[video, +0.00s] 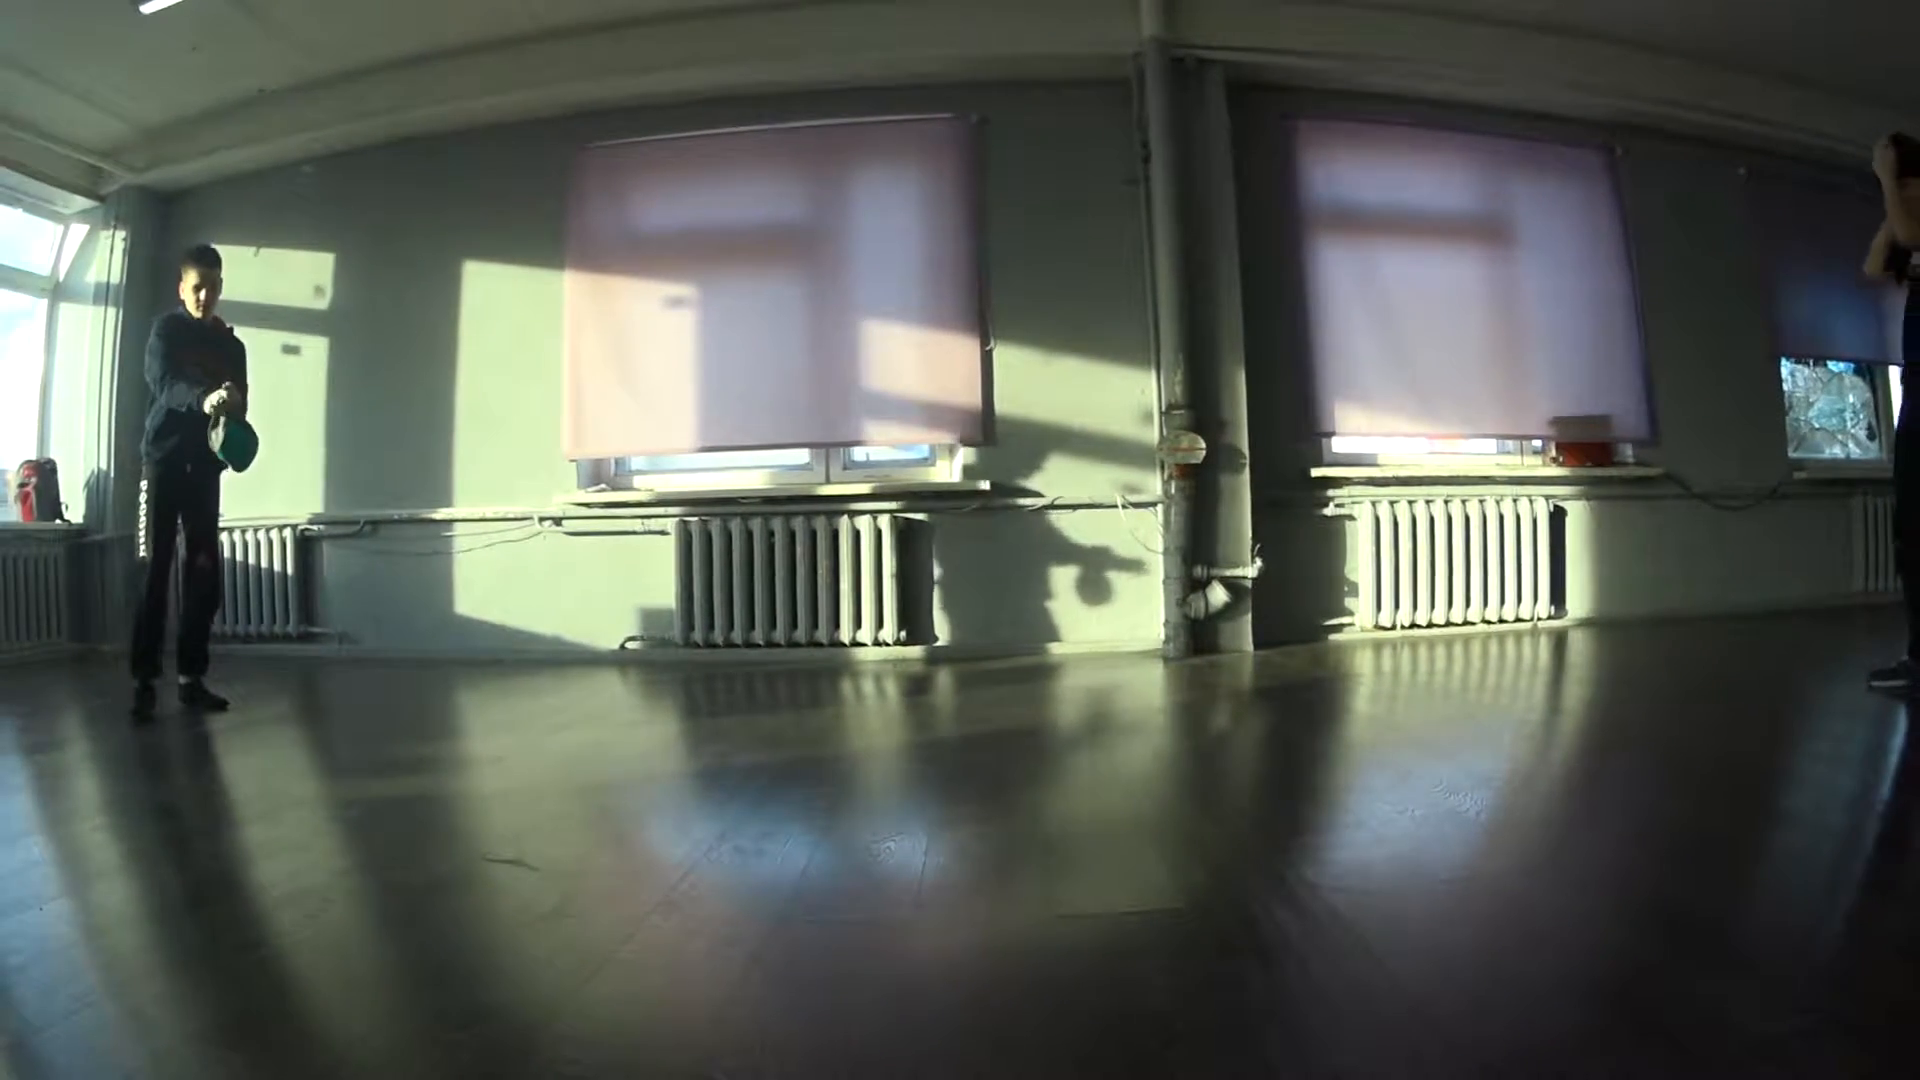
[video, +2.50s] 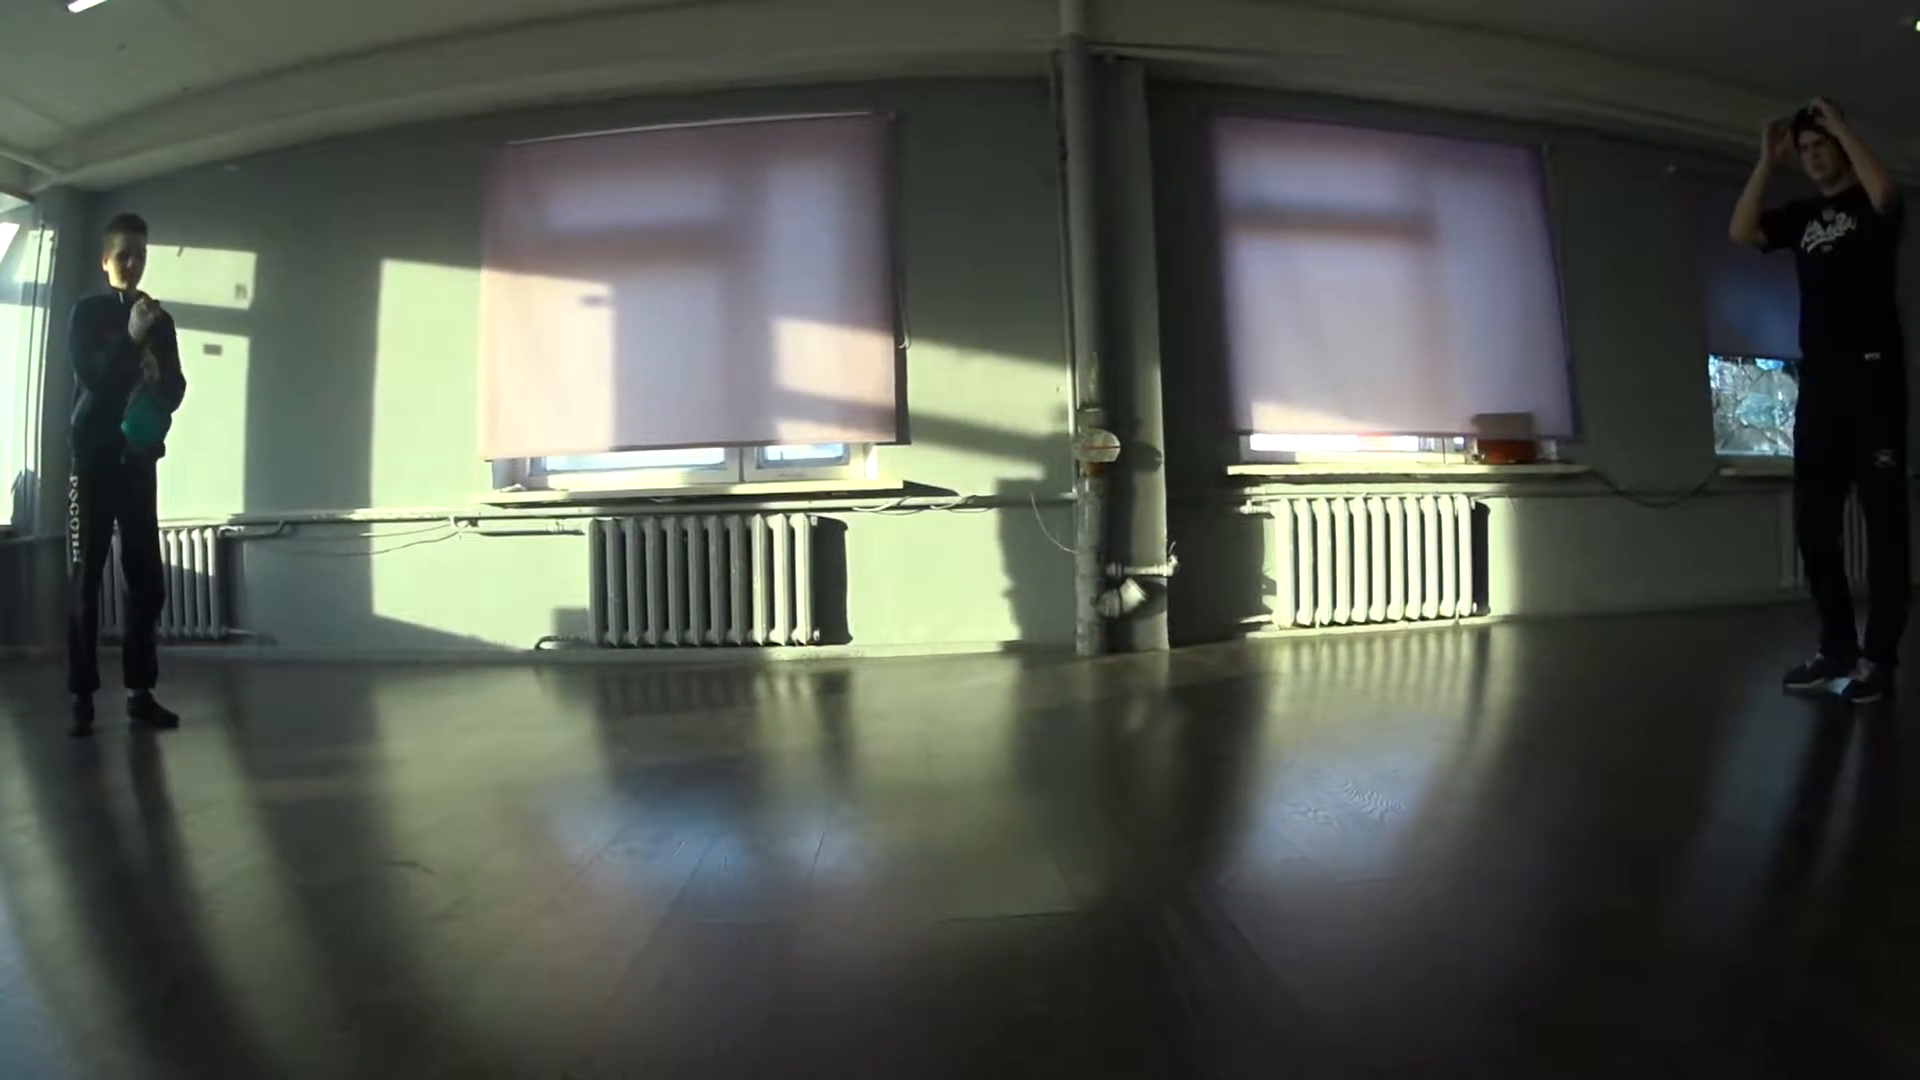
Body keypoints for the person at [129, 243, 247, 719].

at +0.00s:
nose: (204, 294)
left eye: (211, 285)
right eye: (196, 285)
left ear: (221, 287)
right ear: (180, 286)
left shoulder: (231, 344)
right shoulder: (165, 329)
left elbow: (238, 404)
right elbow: (161, 383)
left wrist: (234, 415)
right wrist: (204, 399)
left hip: (205, 463)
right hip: (163, 459)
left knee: (204, 568)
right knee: (154, 565)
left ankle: (193, 679)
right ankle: (145, 683)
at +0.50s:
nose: (182, 286)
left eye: (190, 278)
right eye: (174, 278)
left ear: (202, 278)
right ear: (160, 279)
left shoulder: (214, 335)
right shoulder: (144, 328)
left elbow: (221, 400)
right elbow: (149, 379)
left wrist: (218, 408)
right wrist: (196, 373)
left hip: (194, 461)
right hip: (149, 459)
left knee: (199, 569)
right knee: (149, 569)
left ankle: (191, 679)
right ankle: (150, 685)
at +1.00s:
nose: (179, 280)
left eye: (185, 271)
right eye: (170, 272)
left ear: (194, 273)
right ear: (149, 274)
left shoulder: (205, 325)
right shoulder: (138, 323)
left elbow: (216, 395)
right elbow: (143, 387)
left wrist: (196, 415)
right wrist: (189, 366)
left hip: (194, 458)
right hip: (148, 460)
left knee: (212, 572)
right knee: (152, 574)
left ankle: (226, 685)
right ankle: (160, 688)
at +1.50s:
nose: (137, 272)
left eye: (142, 264)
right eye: (128, 264)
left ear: (148, 268)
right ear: (108, 267)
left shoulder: (157, 324)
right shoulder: (91, 318)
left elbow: (181, 398)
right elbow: (99, 375)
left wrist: (164, 357)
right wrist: (149, 350)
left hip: (141, 460)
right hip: (97, 459)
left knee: (149, 575)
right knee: (91, 574)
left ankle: (152, 694)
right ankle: (87, 692)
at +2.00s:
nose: (148, 268)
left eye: (155, 260)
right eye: (140, 260)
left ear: (162, 263)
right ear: (120, 262)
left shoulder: (169, 318)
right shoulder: (105, 311)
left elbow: (208, 382)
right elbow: (105, 370)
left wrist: (188, 343)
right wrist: (159, 342)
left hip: (152, 458)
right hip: (105, 456)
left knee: (159, 578)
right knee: (100, 573)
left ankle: (148, 697)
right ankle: (90, 699)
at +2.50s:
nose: (131, 263)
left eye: (138, 255)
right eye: (122, 255)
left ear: (146, 258)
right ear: (104, 260)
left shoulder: (159, 318)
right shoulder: (89, 311)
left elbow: (176, 391)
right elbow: (93, 376)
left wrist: (157, 380)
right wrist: (133, 335)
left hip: (139, 455)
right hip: (92, 452)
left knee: (146, 575)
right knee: (87, 573)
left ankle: (140, 693)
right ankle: (82, 697)